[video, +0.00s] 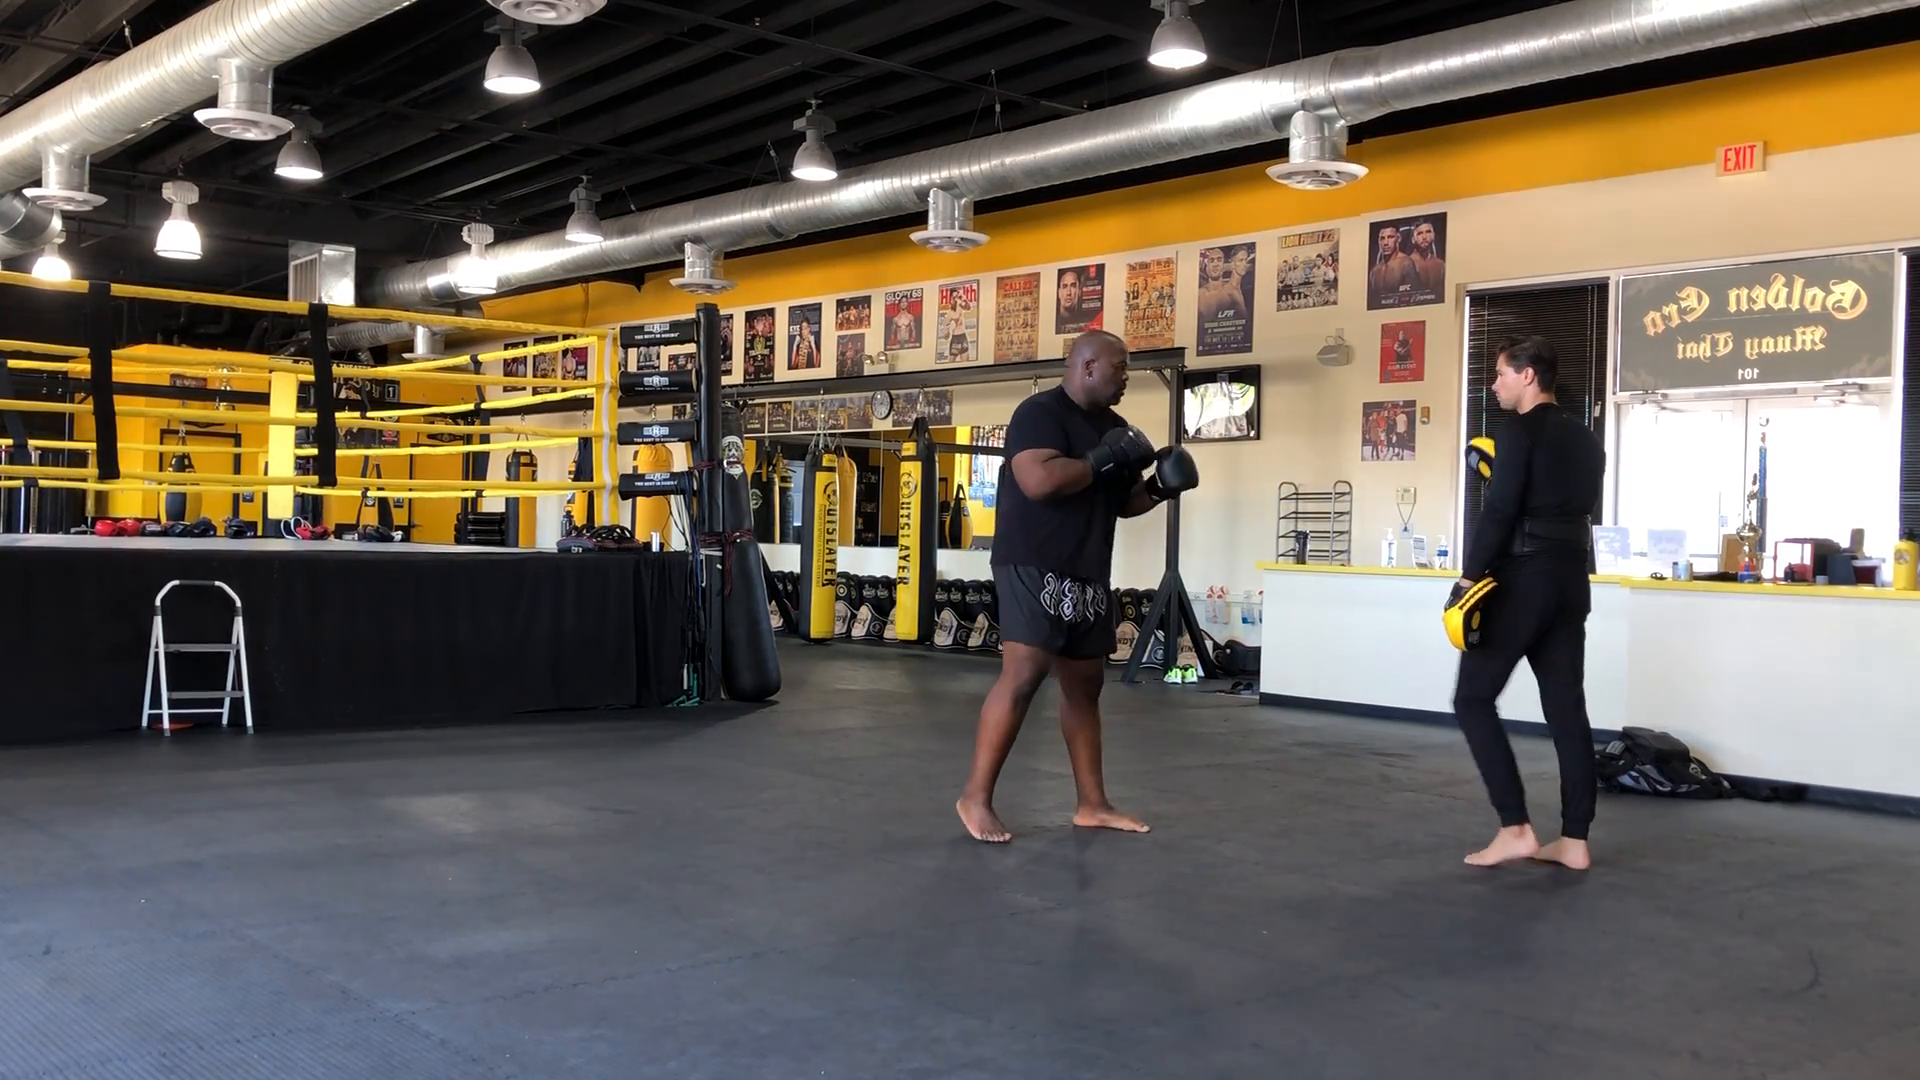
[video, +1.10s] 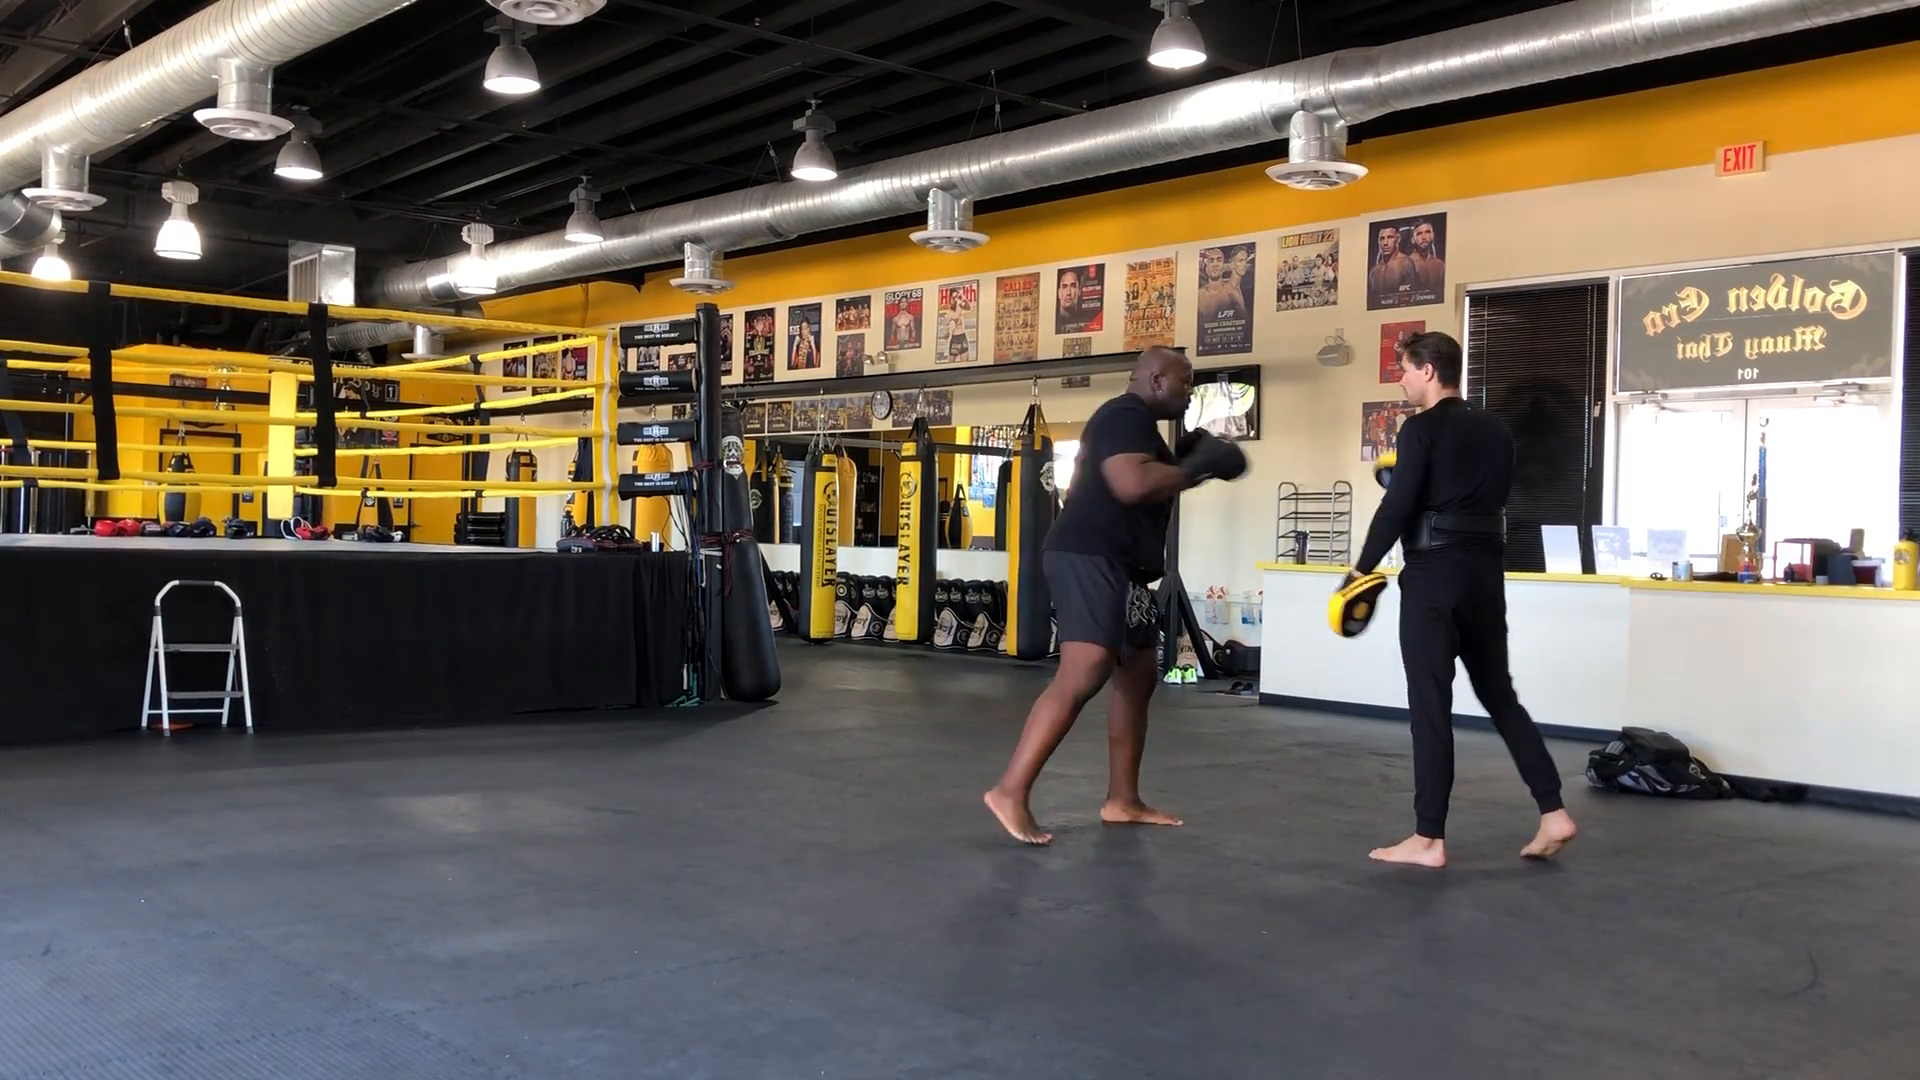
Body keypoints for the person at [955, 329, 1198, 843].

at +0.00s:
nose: (1125, 382)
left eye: (1126, 373)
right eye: (1120, 371)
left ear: (1097, 369)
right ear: (1086, 366)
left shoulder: (1112, 430)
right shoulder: (1037, 412)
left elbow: (1122, 504)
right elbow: (1039, 480)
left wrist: (1158, 485)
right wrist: (1108, 457)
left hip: (1087, 573)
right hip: (1031, 566)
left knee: (1084, 684)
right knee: (1022, 675)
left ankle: (1092, 803)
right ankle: (975, 799)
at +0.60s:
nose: (1141, 394)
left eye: (1141, 385)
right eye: (1134, 386)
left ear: (1109, 389)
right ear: (1103, 388)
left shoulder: (1105, 443)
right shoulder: (1064, 433)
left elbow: (1115, 498)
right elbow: (1065, 497)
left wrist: (1156, 466)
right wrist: (1130, 465)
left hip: (1092, 592)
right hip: (1050, 592)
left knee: (1129, 679)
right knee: (1041, 696)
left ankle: (1122, 799)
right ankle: (967, 808)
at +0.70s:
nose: (1165, 395)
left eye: (1164, 386)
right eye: (1158, 386)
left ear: (1119, 386)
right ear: (1130, 386)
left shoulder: (1088, 424)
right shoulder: (1110, 422)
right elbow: (1125, 470)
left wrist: (1156, 444)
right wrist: (1196, 447)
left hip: (1088, 582)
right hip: (1073, 580)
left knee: (1122, 676)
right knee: (1057, 692)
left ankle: (1121, 798)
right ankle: (970, 798)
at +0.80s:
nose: (1180, 406)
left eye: (1179, 397)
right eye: (1176, 396)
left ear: (1131, 390)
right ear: (1147, 392)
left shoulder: (1089, 422)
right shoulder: (1146, 422)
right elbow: (1238, 430)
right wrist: (1312, 423)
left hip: (1057, 563)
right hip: (1081, 568)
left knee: (1118, 676)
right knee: (1073, 692)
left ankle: (1120, 799)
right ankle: (981, 791)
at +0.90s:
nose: (1182, 404)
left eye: (1183, 397)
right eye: (1180, 395)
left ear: (1137, 386)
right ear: (1157, 388)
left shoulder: (1094, 422)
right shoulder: (1152, 421)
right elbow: (1235, 435)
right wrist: (1296, 429)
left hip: (1063, 556)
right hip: (1090, 562)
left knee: (1123, 672)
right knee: (1082, 683)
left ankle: (1121, 798)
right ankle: (992, 788)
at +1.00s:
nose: (1188, 400)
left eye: (1189, 390)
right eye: (1185, 389)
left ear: (1146, 383)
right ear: (1159, 385)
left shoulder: (1106, 419)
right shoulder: (1143, 416)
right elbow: (1186, 464)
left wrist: (1231, 457)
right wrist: (1246, 456)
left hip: (1083, 556)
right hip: (1095, 558)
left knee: (1135, 672)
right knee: (1083, 676)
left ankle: (1122, 799)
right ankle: (995, 787)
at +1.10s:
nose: (1188, 395)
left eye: (1190, 386)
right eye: (1185, 384)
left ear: (1151, 379)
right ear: (1155, 380)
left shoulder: (1146, 428)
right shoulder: (1124, 414)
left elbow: (1148, 482)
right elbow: (1130, 482)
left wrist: (1182, 458)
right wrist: (1193, 467)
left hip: (1124, 564)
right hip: (1088, 556)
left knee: (1137, 672)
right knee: (1084, 669)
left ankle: (1123, 799)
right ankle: (1010, 793)